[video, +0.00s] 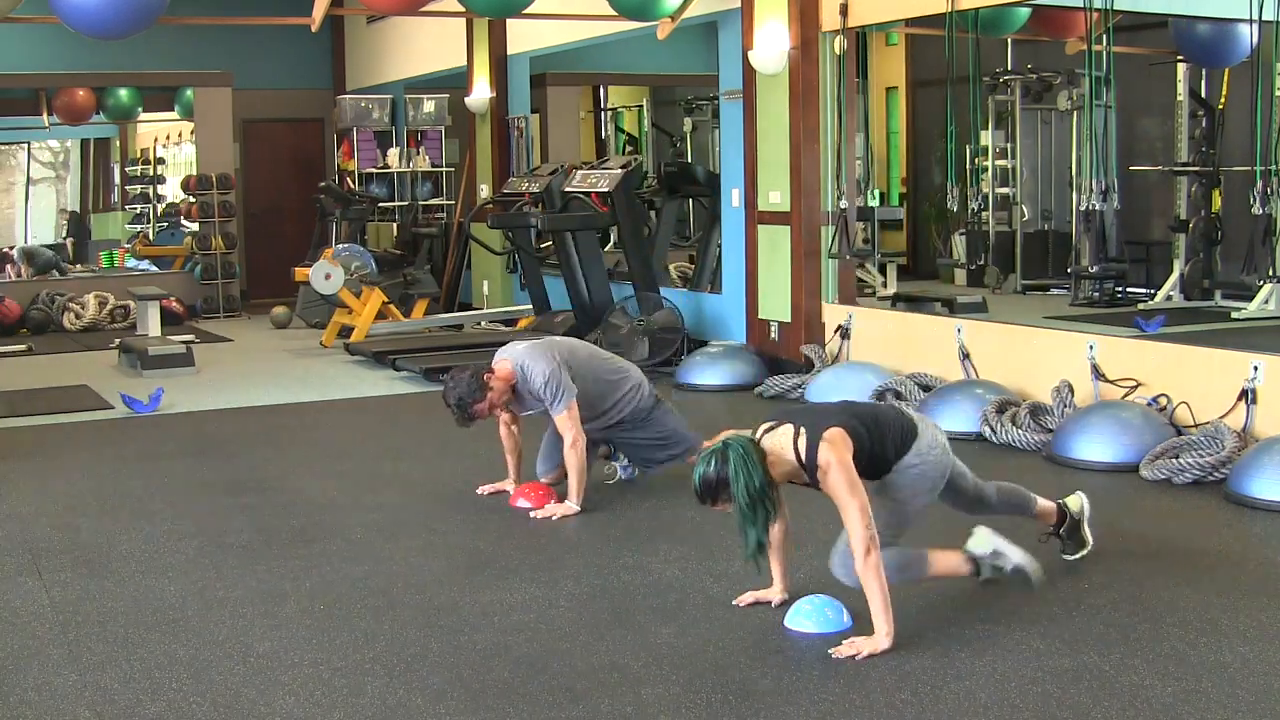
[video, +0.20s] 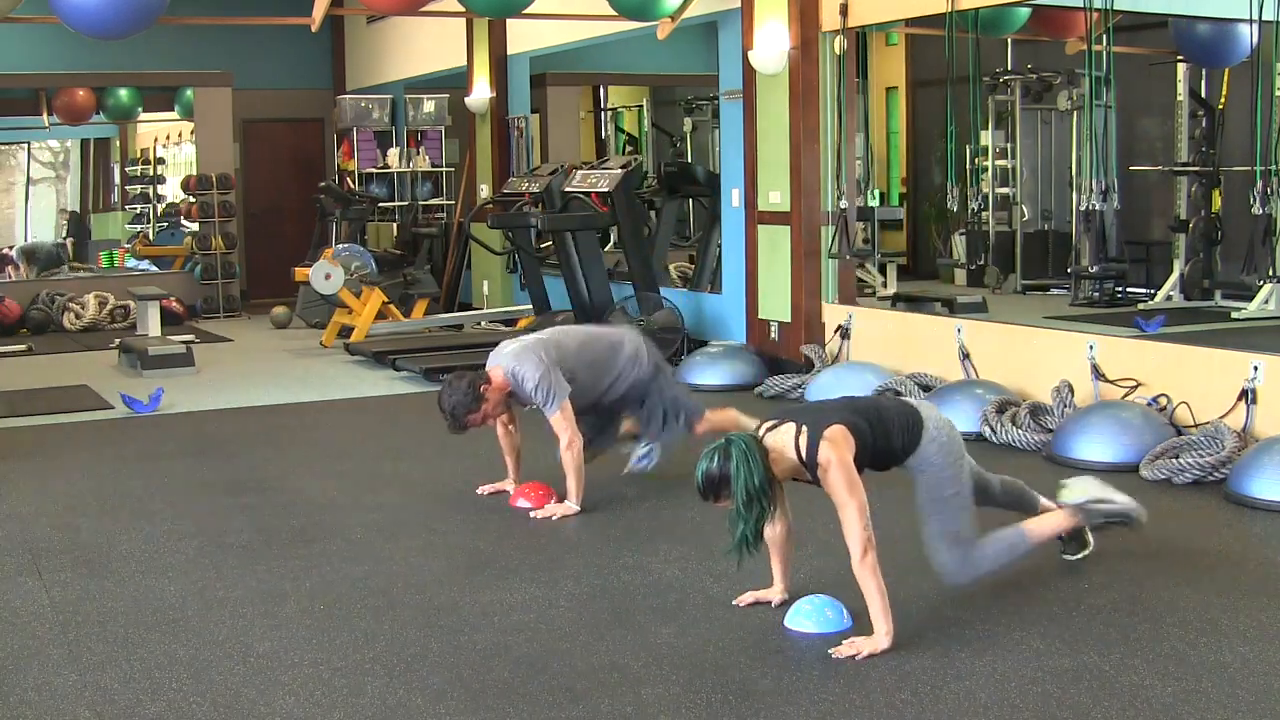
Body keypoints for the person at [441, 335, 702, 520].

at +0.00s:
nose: (497, 410)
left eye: (493, 407)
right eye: (491, 413)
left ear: (489, 384)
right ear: (485, 383)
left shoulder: (541, 369)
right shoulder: (497, 375)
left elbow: (574, 439)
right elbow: (508, 423)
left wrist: (574, 503)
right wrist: (512, 479)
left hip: (629, 400)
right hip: (582, 411)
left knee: (699, 455)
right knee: (548, 476)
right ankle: (614, 448)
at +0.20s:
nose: (491, 425)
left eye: (486, 419)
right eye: (484, 424)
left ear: (487, 395)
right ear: (481, 392)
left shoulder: (532, 370)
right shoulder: (493, 374)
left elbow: (570, 440)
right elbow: (506, 425)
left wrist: (574, 502)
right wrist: (512, 480)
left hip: (634, 362)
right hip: (598, 376)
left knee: (697, 423)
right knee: (587, 437)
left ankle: (764, 429)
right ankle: (649, 429)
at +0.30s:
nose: (489, 426)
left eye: (484, 420)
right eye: (482, 425)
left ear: (488, 396)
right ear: (481, 395)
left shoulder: (531, 372)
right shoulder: (492, 374)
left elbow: (567, 438)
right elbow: (505, 425)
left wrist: (573, 502)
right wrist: (513, 480)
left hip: (630, 339)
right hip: (595, 368)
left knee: (690, 404)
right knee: (608, 437)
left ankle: (771, 421)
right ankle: (667, 407)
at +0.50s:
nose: (487, 423)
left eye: (482, 418)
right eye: (481, 422)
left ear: (486, 396)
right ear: (480, 393)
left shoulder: (531, 371)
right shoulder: (494, 374)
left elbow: (570, 441)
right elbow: (507, 425)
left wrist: (574, 502)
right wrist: (514, 479)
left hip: (636, 356)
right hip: (610, 375)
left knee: (708, 428)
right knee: (657, 431)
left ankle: (782, 433)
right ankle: (725, 416)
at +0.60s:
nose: (487, 419)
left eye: (483, 414)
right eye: (481, 417)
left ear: (491, 393)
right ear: (483, 388)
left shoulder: (539, 369)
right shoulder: (501, 373)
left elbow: (576, 440)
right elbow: (512, 423)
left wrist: (574, 502)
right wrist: (514, 479)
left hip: (643, 386)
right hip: (617, 402)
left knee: (712, 452)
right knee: (669, 451)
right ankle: (727, 429)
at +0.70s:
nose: (485, 421)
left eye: (481, 416)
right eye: (480, 419)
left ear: (488, 397)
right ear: (482, 388)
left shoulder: (535, 371)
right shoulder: (500, 371)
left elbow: (573, 440)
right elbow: (511, 423)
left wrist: (574, 502)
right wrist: (514, 478)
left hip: (640, 374)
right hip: (618, 389)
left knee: (685, 458)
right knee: (661, 443)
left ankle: (756, 450)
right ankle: (735, 424)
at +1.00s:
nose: (473, 416)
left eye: (468, 413)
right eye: (470, 413)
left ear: (476, 397)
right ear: (473, 381)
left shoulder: (521, 373)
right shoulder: (494, 360)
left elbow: (565, 439)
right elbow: (507, 423)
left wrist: (573, 501)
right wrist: (512, 479)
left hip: (623, 375)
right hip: (627, 355)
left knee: (577, 459)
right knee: (668, 423)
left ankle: (666, 452)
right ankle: (753, 430)